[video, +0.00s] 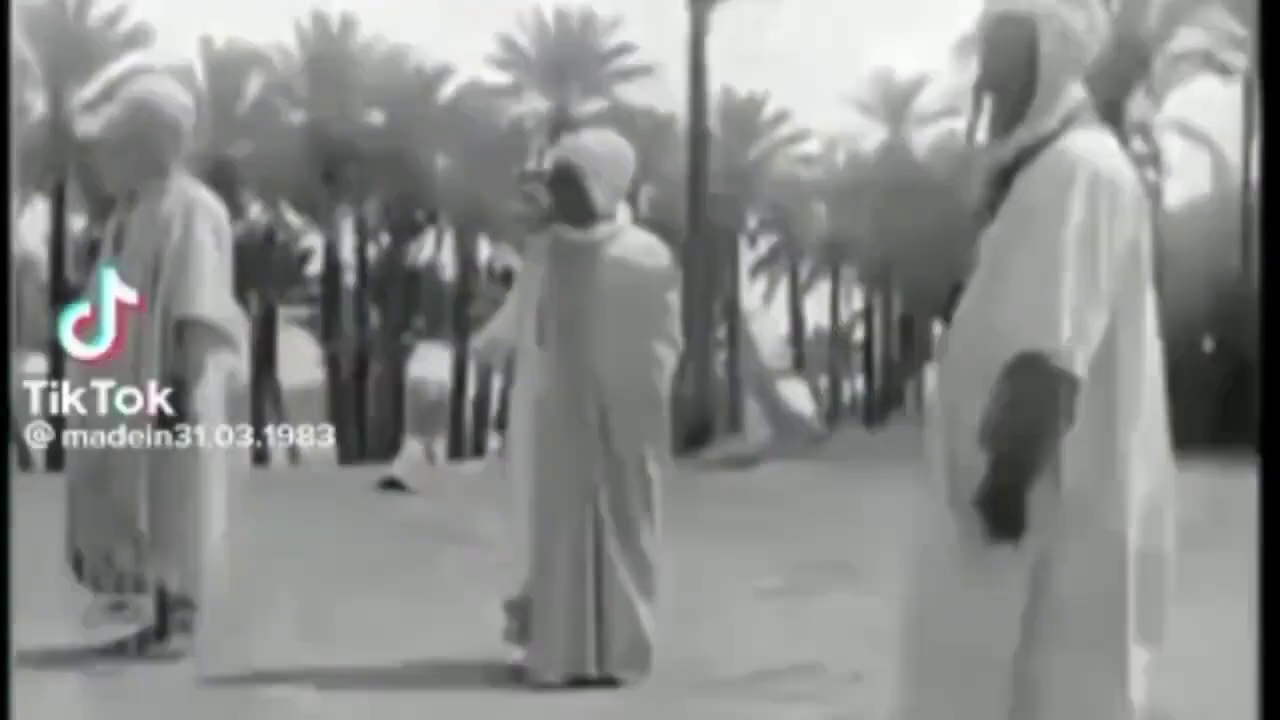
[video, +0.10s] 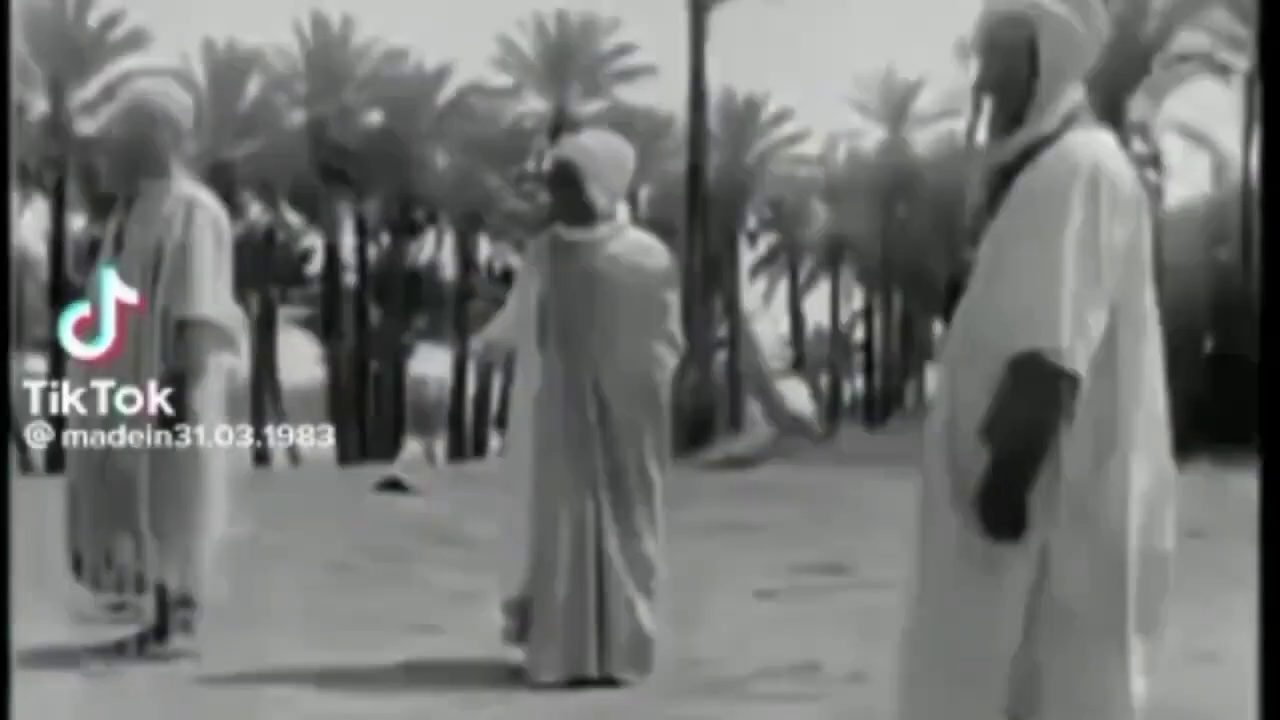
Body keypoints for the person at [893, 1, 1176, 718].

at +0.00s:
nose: (983, 64)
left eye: (999, 42)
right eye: (985, 44)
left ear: (1046, 51)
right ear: (1051, 56)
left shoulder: (1075, 168)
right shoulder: (1052, 162)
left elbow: (1052, 346)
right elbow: (1045, 336)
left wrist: (1005, 481)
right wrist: (1004, 468)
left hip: (1059, 510)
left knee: (1040, 681)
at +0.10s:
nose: (984, 73)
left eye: (999, 53)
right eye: (984, 54)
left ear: (1047, 57)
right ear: (1041, 62)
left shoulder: (1075, 168)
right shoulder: (1048, 161)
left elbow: (1054, 345)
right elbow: (1045, 334)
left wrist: (1005, 479)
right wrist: (1001, 464)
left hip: (1060, 505)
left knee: (1042, 681)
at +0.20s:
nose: (987, 72)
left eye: (1004, 53)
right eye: (986, 53)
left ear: (1050, 56)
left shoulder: (1074, 168)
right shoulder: (1051, 161)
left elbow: (1053, 348)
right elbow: (1047, 337)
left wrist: (1005, 480)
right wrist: (1002, 466)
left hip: (1056, 514)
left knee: (1035, 683)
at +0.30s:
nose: (984, 73)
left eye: (999, 54)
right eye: (985, 54)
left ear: (1044, 56)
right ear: (1046, 60)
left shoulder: (1076, 168)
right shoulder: (1054, 161)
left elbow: (1053, 343)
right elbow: (1048, 333)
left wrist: (1005, 476)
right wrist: (1002, 461)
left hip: (1058, 501)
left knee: (1039, 680)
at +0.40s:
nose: (982, 71)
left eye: (996, 51)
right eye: (981, 52)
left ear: (1042, 53)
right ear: (1046, 58)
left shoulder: (1071, 165)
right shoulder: (1048, 157)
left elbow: (1051, 339)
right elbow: (1045, 330)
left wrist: (1004, 474)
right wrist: (1000, 457)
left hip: (1058, 488)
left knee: (1040, 674)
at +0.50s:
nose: (966, 69)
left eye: (975, 48)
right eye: (969, 49)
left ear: (1011, 51)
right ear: (1037, 51)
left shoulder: (1059, 159)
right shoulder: (1049, 148)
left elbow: (1043, 331)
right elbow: (1041, 323)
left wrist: (1005, 467)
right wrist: (1004, 454)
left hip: (1055, 481)